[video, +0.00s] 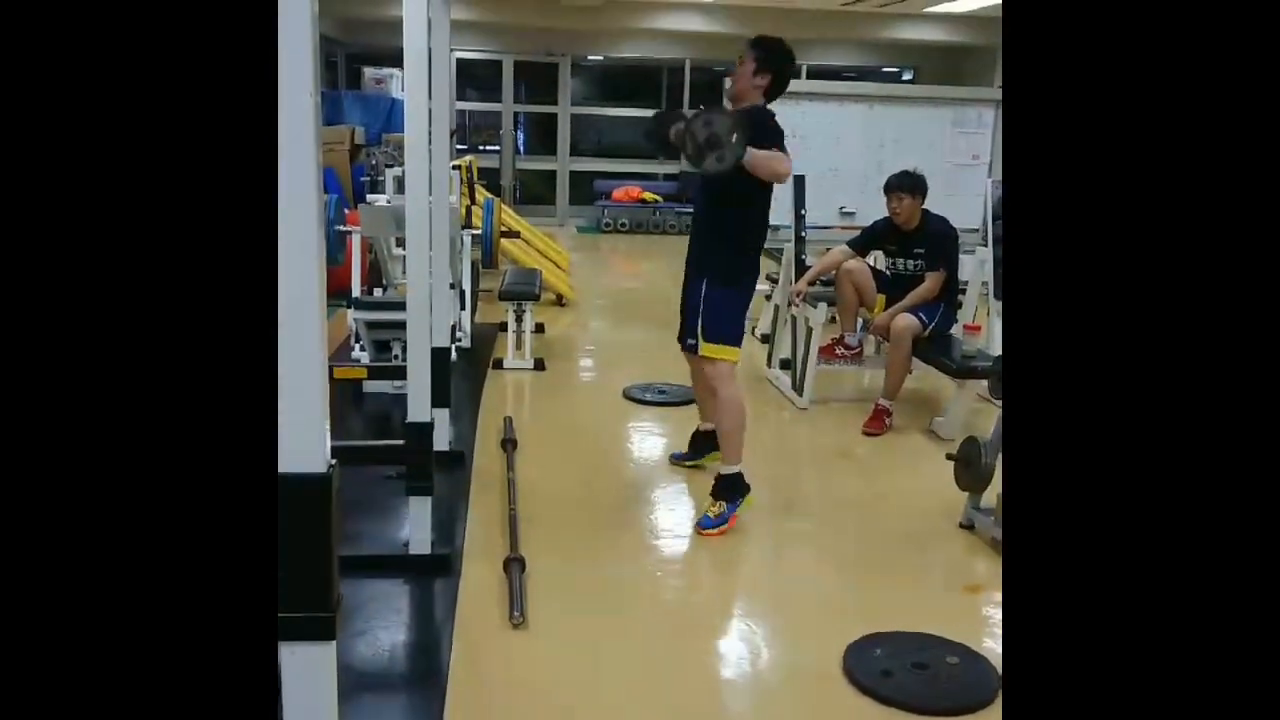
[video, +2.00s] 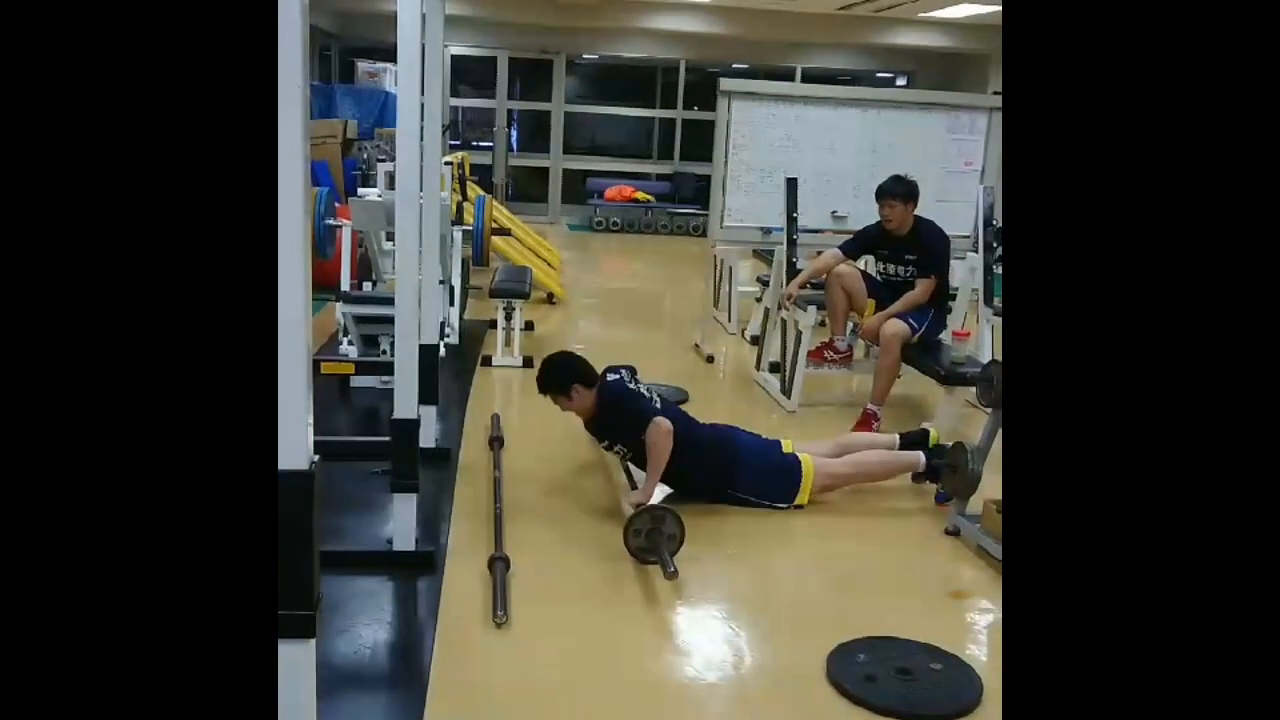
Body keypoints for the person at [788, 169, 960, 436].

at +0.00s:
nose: (893, 205)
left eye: (901, 199)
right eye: (890, 199)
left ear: (920, 201)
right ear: (886, 200)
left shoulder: (941, 231)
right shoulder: (884, 228)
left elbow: (932, 287)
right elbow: (843, 254)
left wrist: (889, 315)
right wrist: (805, 280)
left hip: (935, 304)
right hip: (895, 295)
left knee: (901, 325)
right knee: (849, 269)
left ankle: (883, 407)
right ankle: (849, 344)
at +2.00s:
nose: (884, 213)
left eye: (891, 207)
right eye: (881, 206)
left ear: (911, 208)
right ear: (877, 205)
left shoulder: (932, 238)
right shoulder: (875, 233)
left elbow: (922, 293)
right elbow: (833, 258)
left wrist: (880, 318)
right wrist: (796, 282)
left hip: (925, 308)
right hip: (888, 297)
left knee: (891, 331)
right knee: (839, 273)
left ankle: (872, 412)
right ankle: (839, 347)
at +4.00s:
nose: (881, 245)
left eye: (888, 239)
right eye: (877, 238)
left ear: (906, 241)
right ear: (873, 239)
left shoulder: (927, 272)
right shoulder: (869, 267)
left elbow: (916, 327)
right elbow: (828, 290)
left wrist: (873, 352)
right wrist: (791, 316)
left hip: (919, 342)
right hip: (880, 332)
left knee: (885, 364)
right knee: (834, 306)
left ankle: (866, 445)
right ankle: (834, 380)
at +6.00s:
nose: (877, 254)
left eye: (884, 248)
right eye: (874, 247)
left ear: (904, 246)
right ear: (870, 246)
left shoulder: (926, 276)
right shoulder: (869, 270)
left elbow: (916, 331)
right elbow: (829, 295)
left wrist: (873, 357)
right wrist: (791, 321)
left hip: (918, 345)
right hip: (881, 335)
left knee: (886, 368)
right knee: (834, 311)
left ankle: (867, 449)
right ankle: (834, 386)